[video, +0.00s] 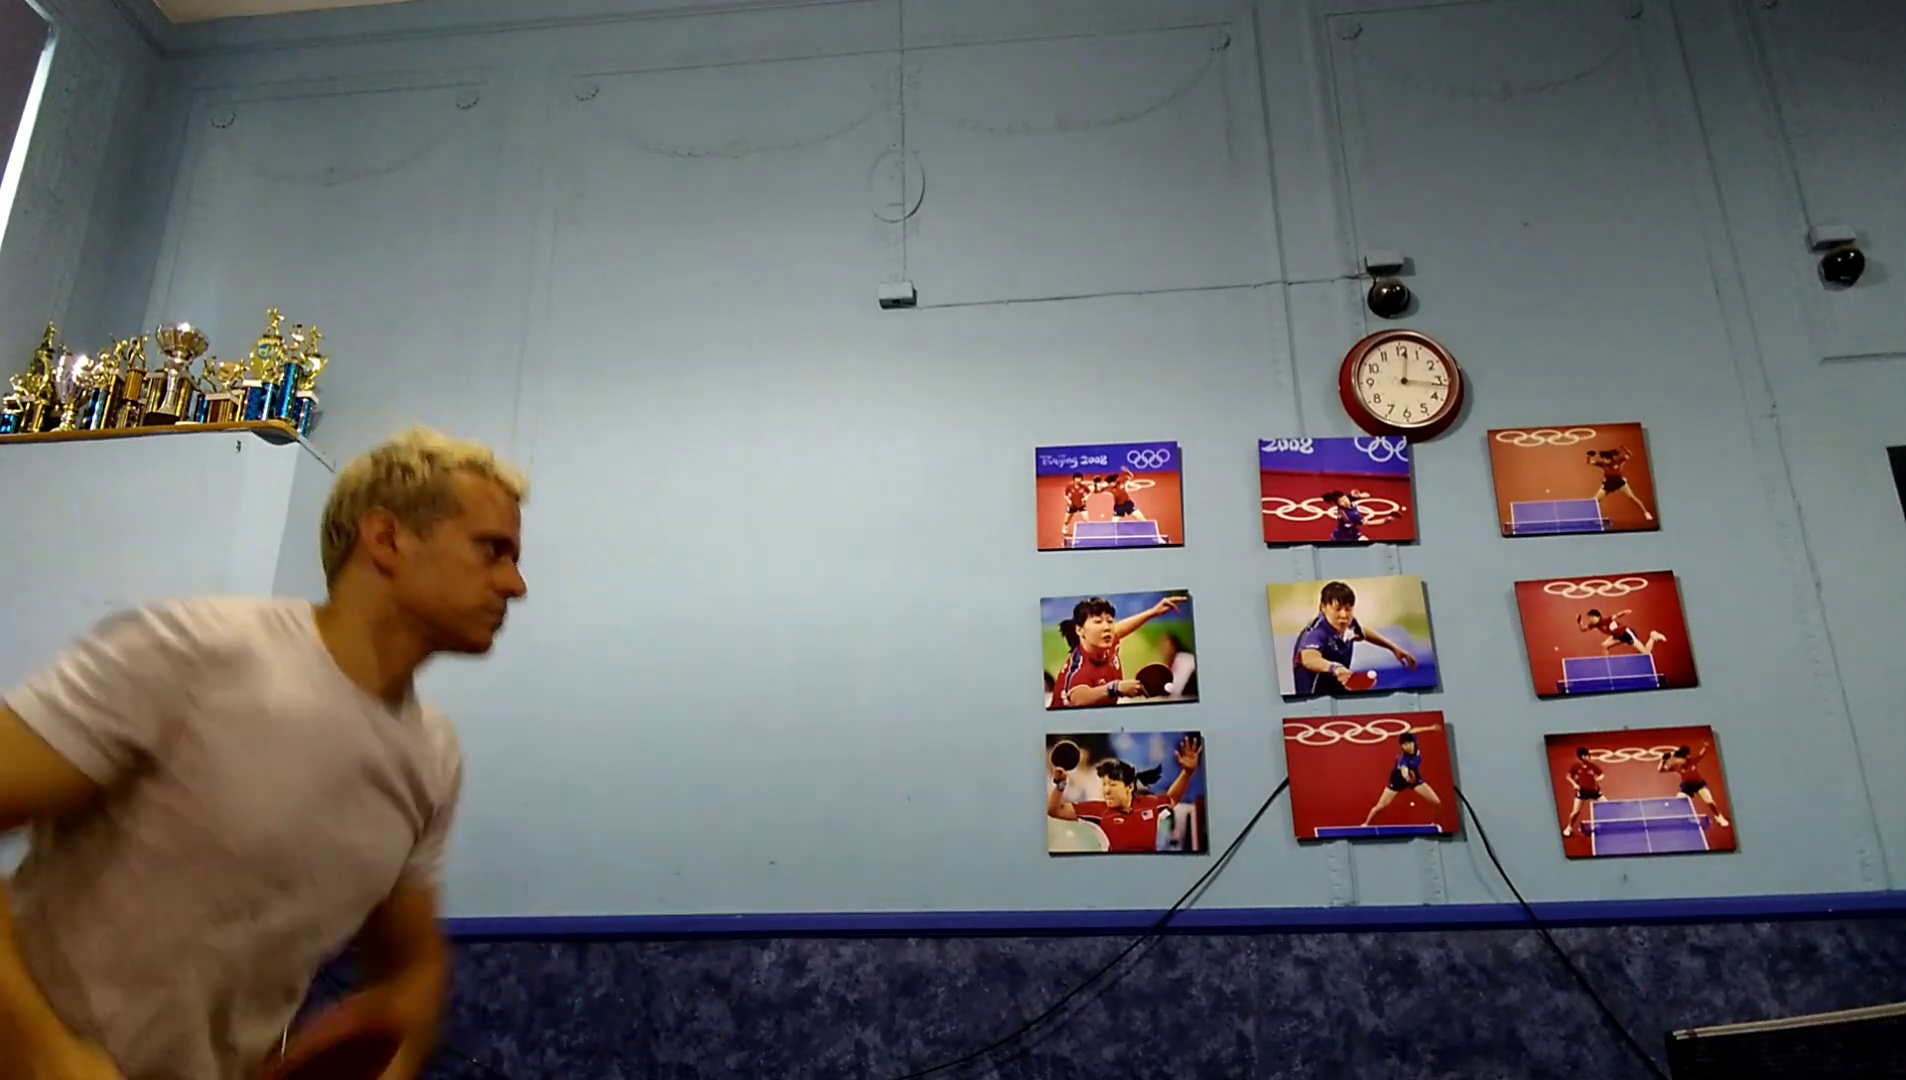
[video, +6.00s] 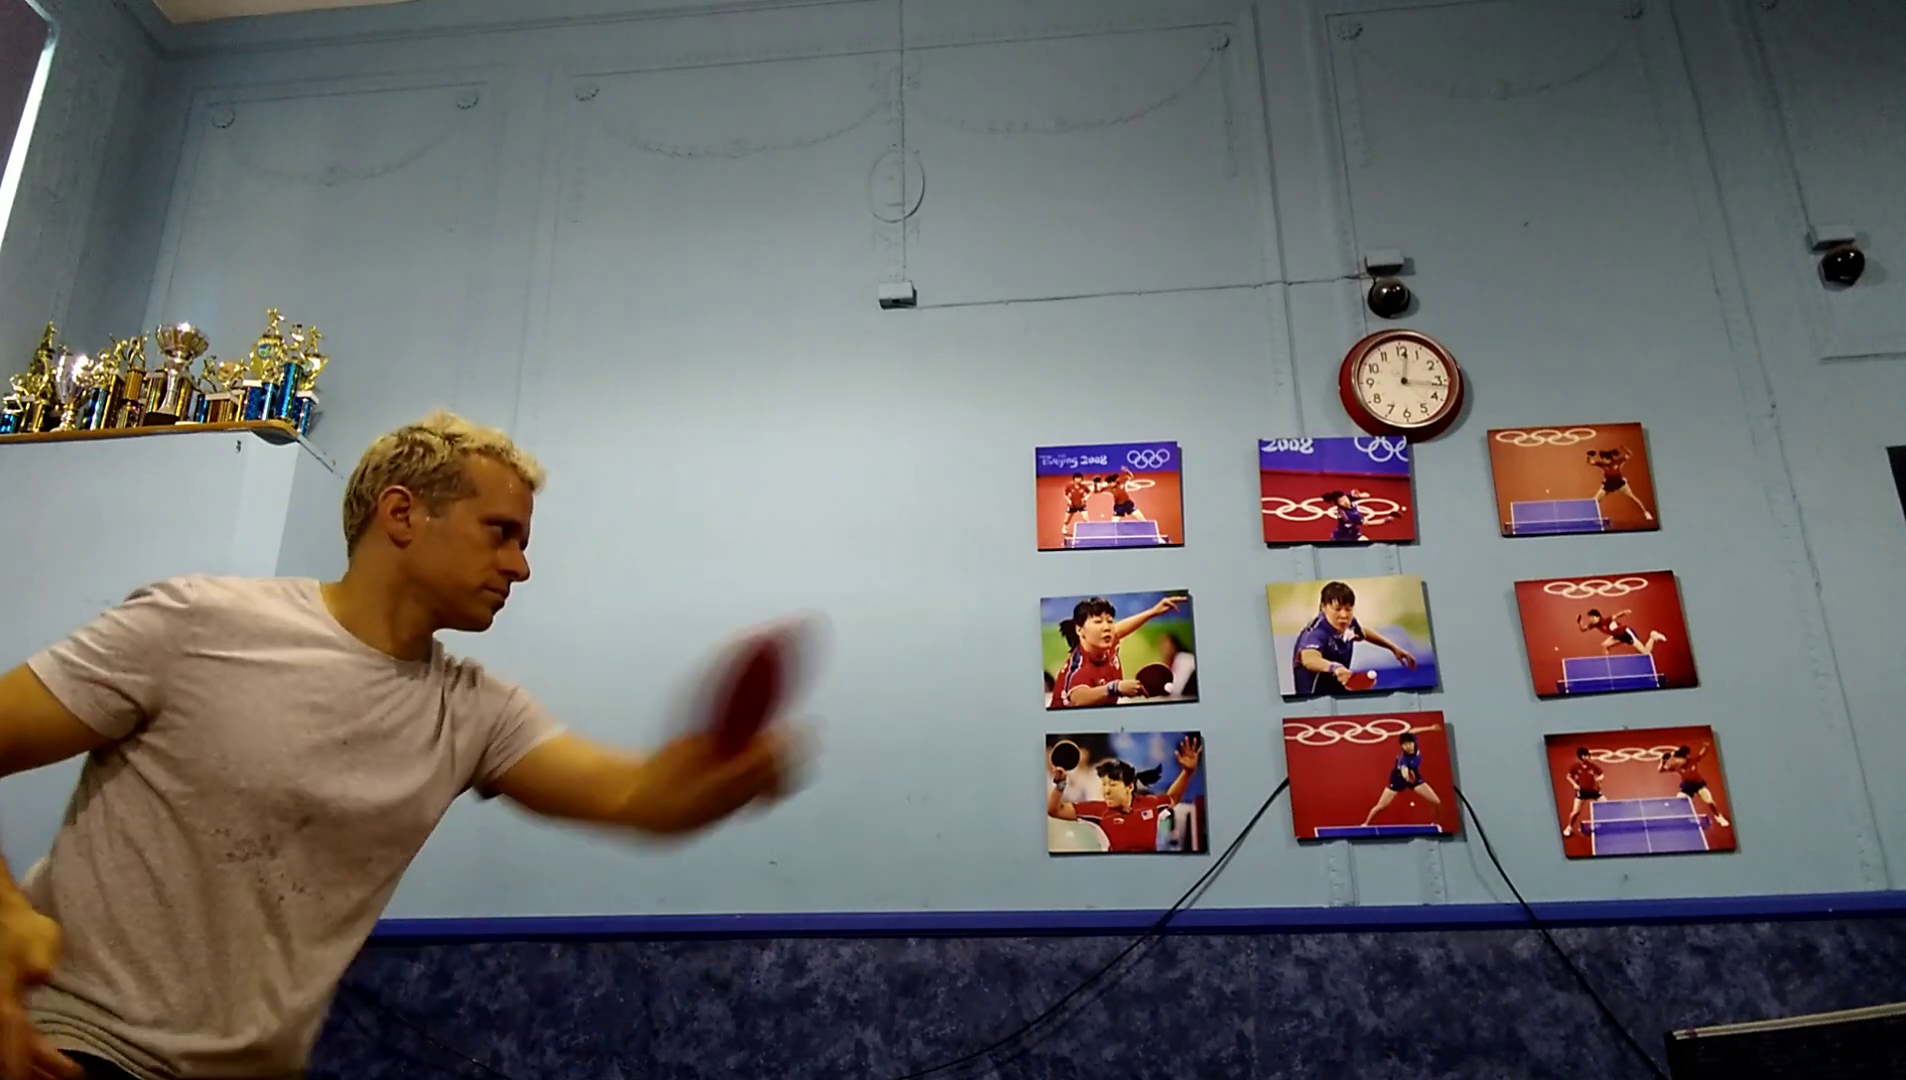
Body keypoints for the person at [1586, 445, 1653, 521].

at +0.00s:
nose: (1605, 461)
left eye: (1606, 460)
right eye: (1603, 460)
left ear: (1610, 459)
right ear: (1603, 459)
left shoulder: (1618, 461)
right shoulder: (1602, 464)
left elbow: (1629, 456)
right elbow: (1590, 463)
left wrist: (1624, 448)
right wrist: (1589, 457)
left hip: (1620, 482)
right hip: (1608, 483)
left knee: (1632, 497)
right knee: (1595, 499)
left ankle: (1645, 512)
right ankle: (1591, 518)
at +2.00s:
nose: (1605, 461)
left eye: (1606, 460)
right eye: (1603, 460)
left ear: (1609, 459)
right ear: (1603, 459)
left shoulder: (1617, 461)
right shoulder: (1602, 464)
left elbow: (1628, 457)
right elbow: (1590, 463)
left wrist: (1624, 449)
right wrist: (1590, 457)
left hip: (1620, 482)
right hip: (1608, 482)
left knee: (1632, 497)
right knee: (1595, 499)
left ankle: (1645, 512)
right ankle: (1593, 519)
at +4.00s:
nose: (1604, 461)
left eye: (1606, 460)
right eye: (1603, 460)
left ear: (1609, 458)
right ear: (1602, 459)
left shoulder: (1618, 461)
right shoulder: (1602, 464)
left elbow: (1629, 455)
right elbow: (1590, 463)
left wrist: (1624, 448)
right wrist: (1589, 457)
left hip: (1620, 482)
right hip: (1608, 483)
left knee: (1632, 497)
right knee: (1595, 499)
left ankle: (1645, 512)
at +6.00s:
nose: (1605, 461)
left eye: (1606, 459)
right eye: (1603, 460)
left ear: (1609, 458)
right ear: (1602, 459)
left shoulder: (1618, 462)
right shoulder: (1602, 464)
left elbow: (1629, 456)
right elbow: (1590, 463)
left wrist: (1624, 449)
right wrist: (1589, 456)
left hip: (1620, 482)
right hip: (1608, 483)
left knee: (1632, 497)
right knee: (1596, 499)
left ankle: (1645, 512)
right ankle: (1591, 519)